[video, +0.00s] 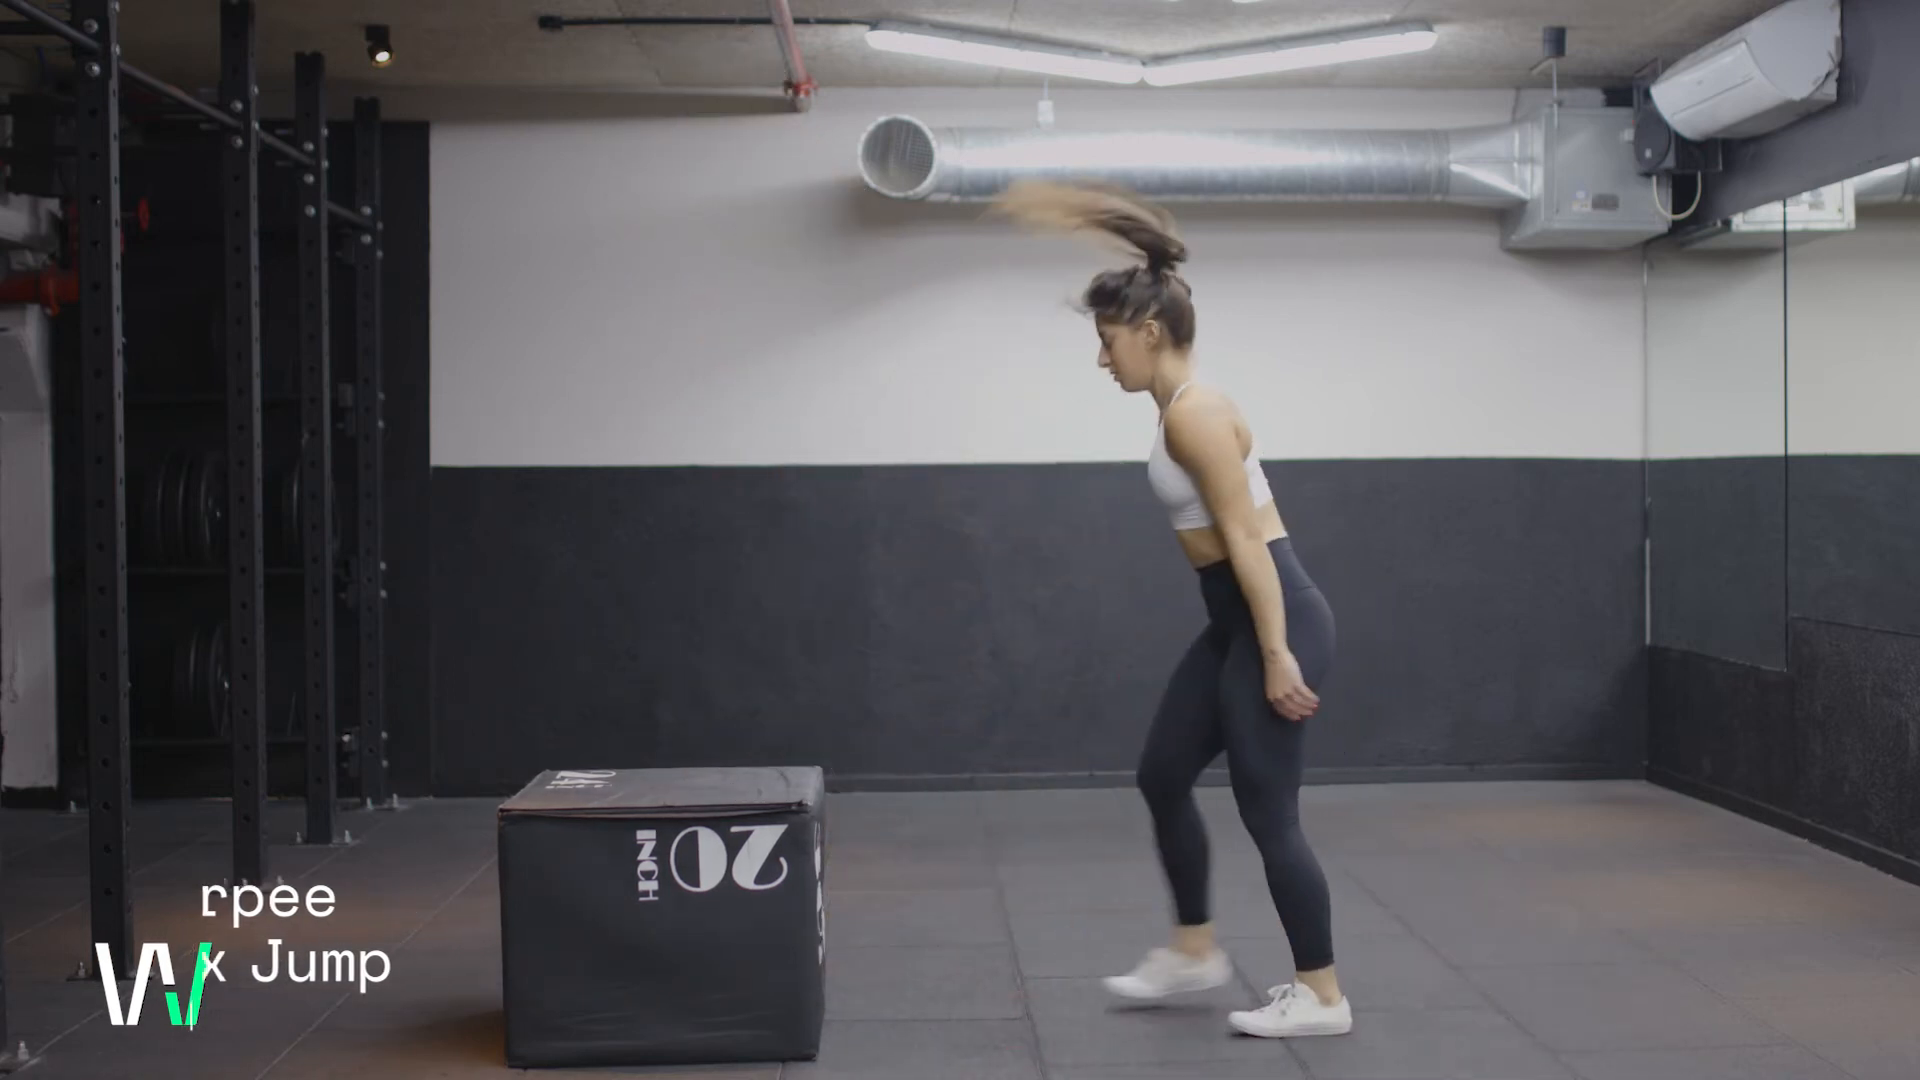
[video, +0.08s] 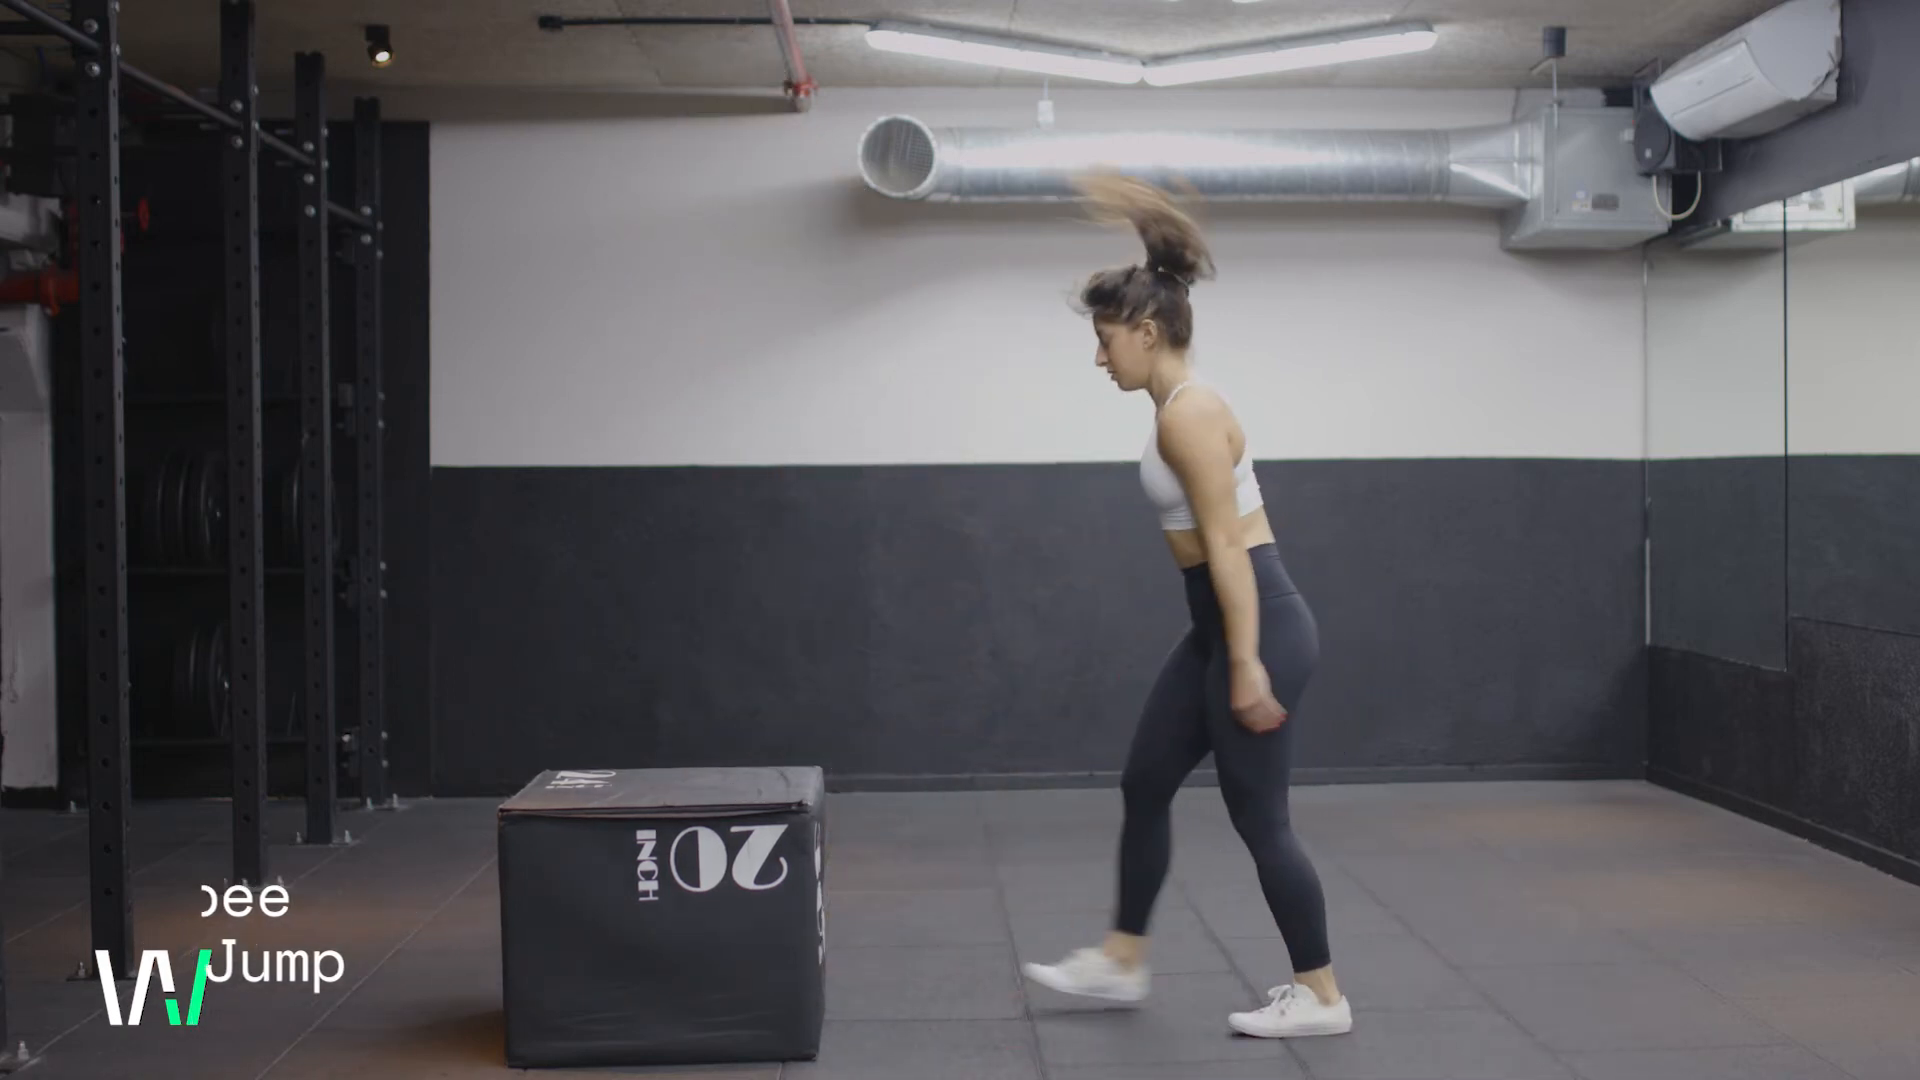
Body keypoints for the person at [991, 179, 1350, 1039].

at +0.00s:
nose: (1103, 355)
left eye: (1109, 339)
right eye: (1101, 340)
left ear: (1153, 333)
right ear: (1148, 333)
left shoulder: (1196, 417)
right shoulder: (1185, 412)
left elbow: (1248, 536)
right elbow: (1242, 532)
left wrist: (1275, 654)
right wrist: (1256, 643)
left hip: (1272, 623)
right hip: (1235, 621)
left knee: (1269, 814)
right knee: (1164, 775)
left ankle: (1323, 994)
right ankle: (1193, 950)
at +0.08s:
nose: (1100, 355)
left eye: (1107, 338)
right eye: (1098, 339)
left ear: (1151, 333)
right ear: (1152, 332)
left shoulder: (1187, 416)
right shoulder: (1184, 409)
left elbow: (1227, 546)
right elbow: (1224, 542)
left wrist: (1245, 665)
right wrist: (1229, 649)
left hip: (1258, 622)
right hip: (1221, 617)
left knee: (1261, 819)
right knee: (1147, 780)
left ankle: (1319, 991)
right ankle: (1123, 957)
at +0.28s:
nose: (1050, 371)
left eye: (1056, 354)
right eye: (1049, 355)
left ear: (1098, 349)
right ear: (1104, 351)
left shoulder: (1135, 427)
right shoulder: (1140, 424)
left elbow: (1161, 564)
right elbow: (1166, 561)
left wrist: (1133, 678)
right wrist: (1150, 669)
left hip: (1198, 642)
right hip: (1174, 639)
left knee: (1230, 824)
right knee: (1096, 813)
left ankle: (1317, 989)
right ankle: (1031, 971)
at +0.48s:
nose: (955, 364)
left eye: (963, 347)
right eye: (954, 348)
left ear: (1005, 343)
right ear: (1009, 344)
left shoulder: (1040, 412)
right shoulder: (1059, 398)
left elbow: (1123, 493)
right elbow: (1135, 471)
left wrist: (1117, 615)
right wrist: (1111, 579)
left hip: (1113, 624)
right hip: (1090, 621)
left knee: (1112, 813)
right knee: (1059, 805)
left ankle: (1258, 941)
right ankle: (1023, 973)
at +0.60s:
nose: (900, 374)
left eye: (906, 356)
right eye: (898, 359)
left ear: (949, 347)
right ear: (945, 350)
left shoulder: (996, 405)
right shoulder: (986, 411)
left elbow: (1107, 438)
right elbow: (1094, 453)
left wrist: (1131, 550)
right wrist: (1109, 548)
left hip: (1090, 618)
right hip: (1067, 620)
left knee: (1045, 797)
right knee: (1045, 799)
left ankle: (1158, 944)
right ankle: (1023, 971)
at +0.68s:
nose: (867, 386)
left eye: (873, 368)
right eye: (864, 371)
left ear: (914, 356)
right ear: (906, 358)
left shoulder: (962, 411)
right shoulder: (955, 416)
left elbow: (1086, 435)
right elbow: (1071, 446)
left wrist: (1121, 546)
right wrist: (1089, 545)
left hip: (1076, 617)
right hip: (1059, 616)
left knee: (1025, 794)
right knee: (1022, 793)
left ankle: (1071, 977)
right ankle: (1027, 969)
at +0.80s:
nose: (830, 416)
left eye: (835, 398)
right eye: (828, 401)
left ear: (874, 390)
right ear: (873, 390)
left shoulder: (931, 452)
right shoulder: (918, 454)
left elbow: (1043, 517)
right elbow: (1032, 514)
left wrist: (1031, 637)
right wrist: (1004, 633)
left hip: (1048, 643)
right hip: (1029, 640)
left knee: (966, 810)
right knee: (963, 807)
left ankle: (1010, 995)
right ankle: (1011, 977)